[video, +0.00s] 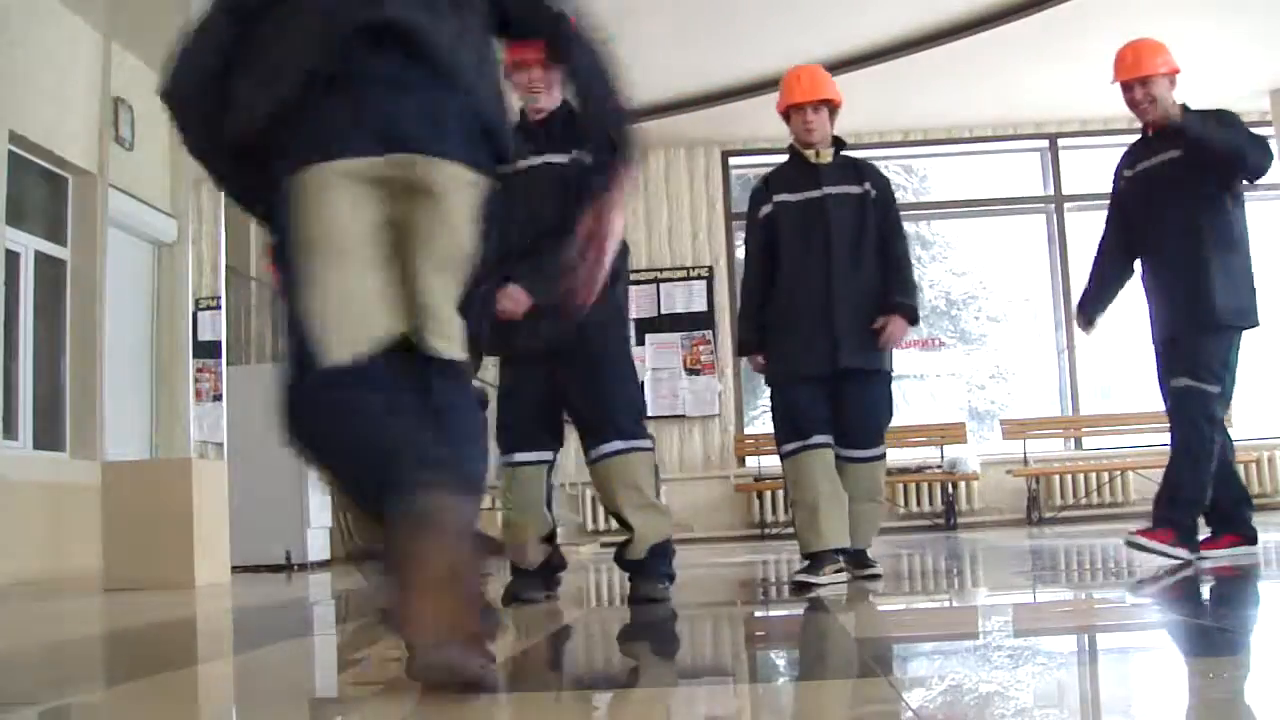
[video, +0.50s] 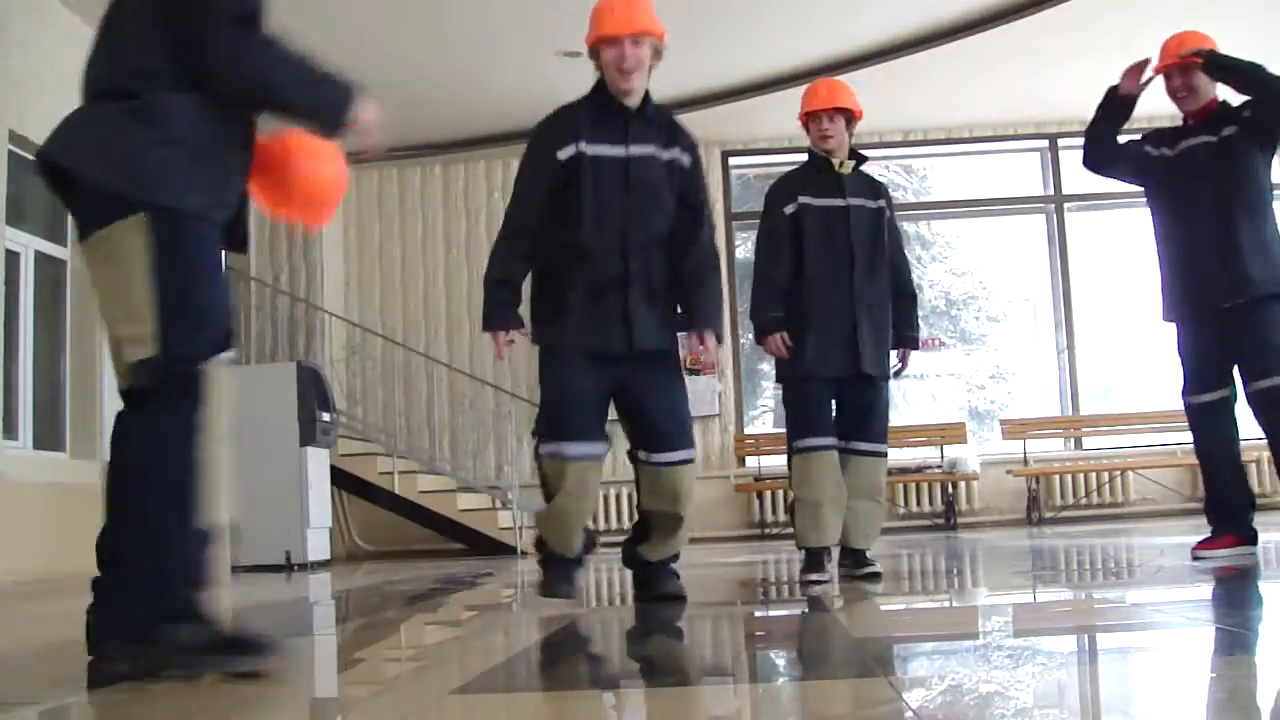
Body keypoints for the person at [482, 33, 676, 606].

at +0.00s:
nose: (530, 85)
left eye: (540, 73)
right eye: (519, 75)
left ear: (562, 74)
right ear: (508, 81)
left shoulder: (594, 140)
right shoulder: (498, 150)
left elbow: (596, 241)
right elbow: (474, 242)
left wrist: (533, 288)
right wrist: (487, 296)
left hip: (592, 328)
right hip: (523, 333)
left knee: (620, 454)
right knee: (523, 461)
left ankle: (649, 568)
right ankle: (532, 570)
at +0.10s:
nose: (551, 76)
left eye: (563, 65)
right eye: (540, 65)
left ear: (582, 70)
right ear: (523, 72)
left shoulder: (609, 143)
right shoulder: (499, 154)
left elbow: (619, 237)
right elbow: (477, 244)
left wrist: (578, 301)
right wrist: (455, 315)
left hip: (606, 337)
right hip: (529, 343)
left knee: (635, 462)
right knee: (525, 471)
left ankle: (651, 584)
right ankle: (531, 584)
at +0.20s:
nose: (572, 77)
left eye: (584, 66)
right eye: (560, 67)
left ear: (602, 71)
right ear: (544, 74)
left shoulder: (628, 148)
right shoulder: (513, 152)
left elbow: (643, 241)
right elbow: (479, 233)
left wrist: (633, 320)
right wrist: (465, 301)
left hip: (613, 332)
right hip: (538, 334)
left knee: (640, 461)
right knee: (532, 463)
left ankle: (653, 582)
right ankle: (531, 572)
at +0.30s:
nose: (598, 75)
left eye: (610, 64)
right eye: (586, 65)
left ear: (627, 71)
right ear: (568, 72)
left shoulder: (652, 152)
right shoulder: (533, 148)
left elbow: (670, 250)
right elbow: (495, 228)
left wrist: (676, 333)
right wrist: (484, 296)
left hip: (633, 338)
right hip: (552, 338)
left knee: (650, 461)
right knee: (540, 465)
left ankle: (656, 571)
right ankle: (534, 570)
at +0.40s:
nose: (620, 75)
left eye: (631, 63)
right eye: (607, 64)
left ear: (648, 72)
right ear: (588, 71)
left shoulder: (666, 154)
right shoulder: (552, 146)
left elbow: (689, 256)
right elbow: (510, 232)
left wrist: (701, 336)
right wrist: (497, 303)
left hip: (647, 339)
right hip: (567, 338)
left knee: (664, 463)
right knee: (557, 467)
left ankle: (656, 571)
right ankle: (541, 558)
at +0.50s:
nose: (627, 55)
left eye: (638, 42)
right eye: (614, 43)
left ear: (656, 50)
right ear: (595, 52)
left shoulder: (675, 141)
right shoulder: (559, 132)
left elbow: (696, 237)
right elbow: (521, 223)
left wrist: (703, 318)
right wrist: (502, 300)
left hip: (652, 329)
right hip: (572, 328)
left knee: (670, 464)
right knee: (571, 462)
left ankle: (655, 562)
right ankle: (562, 553)